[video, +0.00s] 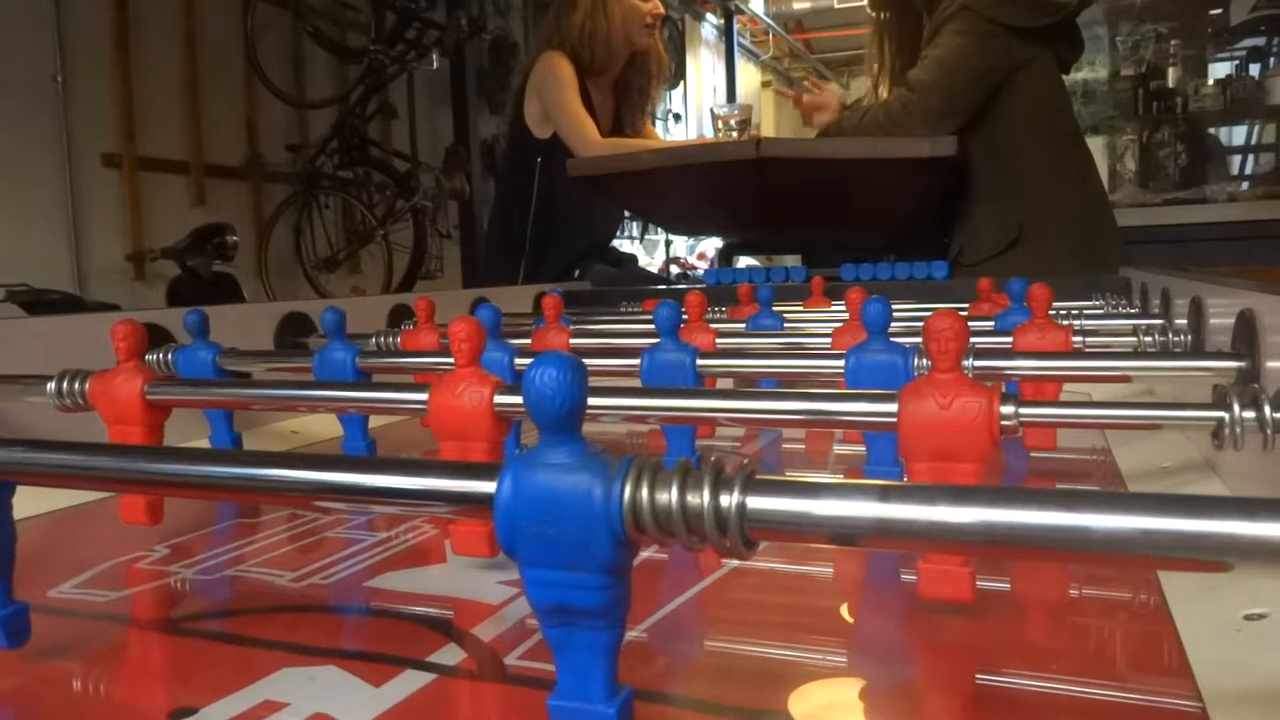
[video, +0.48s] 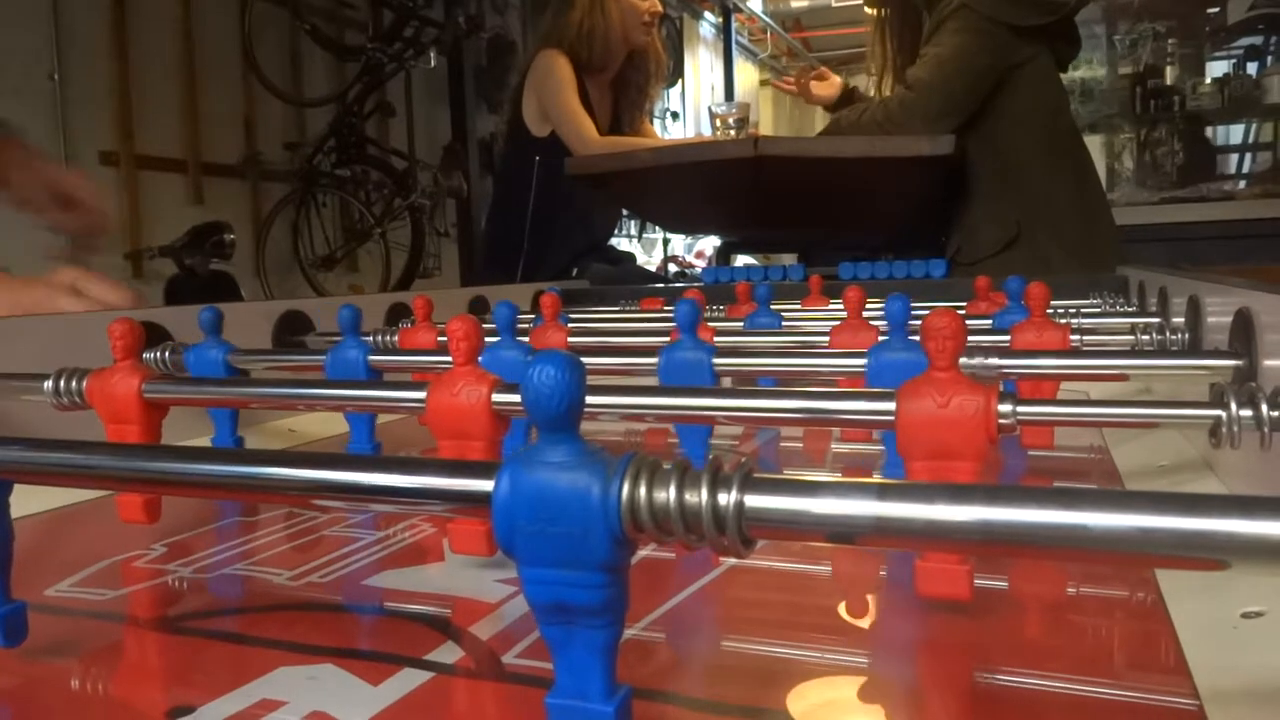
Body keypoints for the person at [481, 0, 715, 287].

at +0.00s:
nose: (659, 10)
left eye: (657, 1)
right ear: (603, 8)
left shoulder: (620, 89)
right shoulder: (553, 67)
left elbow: (658, 155)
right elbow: (591, 149)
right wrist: (686, 151)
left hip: (586, 257)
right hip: (531, 266)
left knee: (681, 299)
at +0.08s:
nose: (659, 10)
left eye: (657, 1)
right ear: (603, 8)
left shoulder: (620, 89)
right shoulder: (553, 66)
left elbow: (658, 155)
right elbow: (591, 149)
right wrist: (686, 150)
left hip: (585, 257)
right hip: (529, 266)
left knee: (679, 297)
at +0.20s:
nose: (658, 9)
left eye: (656, 0)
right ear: (603, 5)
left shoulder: (621, 88)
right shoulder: (553, 65)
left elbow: (657, 155)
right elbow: (590, 148)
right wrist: (684, 150)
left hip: (585, 256)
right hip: (528, 265)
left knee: (678, 297)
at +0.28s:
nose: (658, 8)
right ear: (603, 5)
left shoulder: (621, 87)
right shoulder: (552, 65)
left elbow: (657, 154)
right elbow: (590, 148)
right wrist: (684, 150)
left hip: (585, 255)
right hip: (528, 264)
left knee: (678, 297)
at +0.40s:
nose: (658, 8)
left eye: (656, 1)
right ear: (604, 5)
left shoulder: (621, 86)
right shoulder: (552, 65)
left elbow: (656, 153)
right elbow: (589, 147)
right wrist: (683, 150)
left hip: (585, 255)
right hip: (528, 264)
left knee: (675, 297)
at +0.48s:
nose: (657, 8)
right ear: (602, 5)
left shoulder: (621, 86)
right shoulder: (552, 64)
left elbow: (654, 153)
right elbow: (589, 147)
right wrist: (683, 149)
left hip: (584, 255)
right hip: (527, 263)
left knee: (674, 296)